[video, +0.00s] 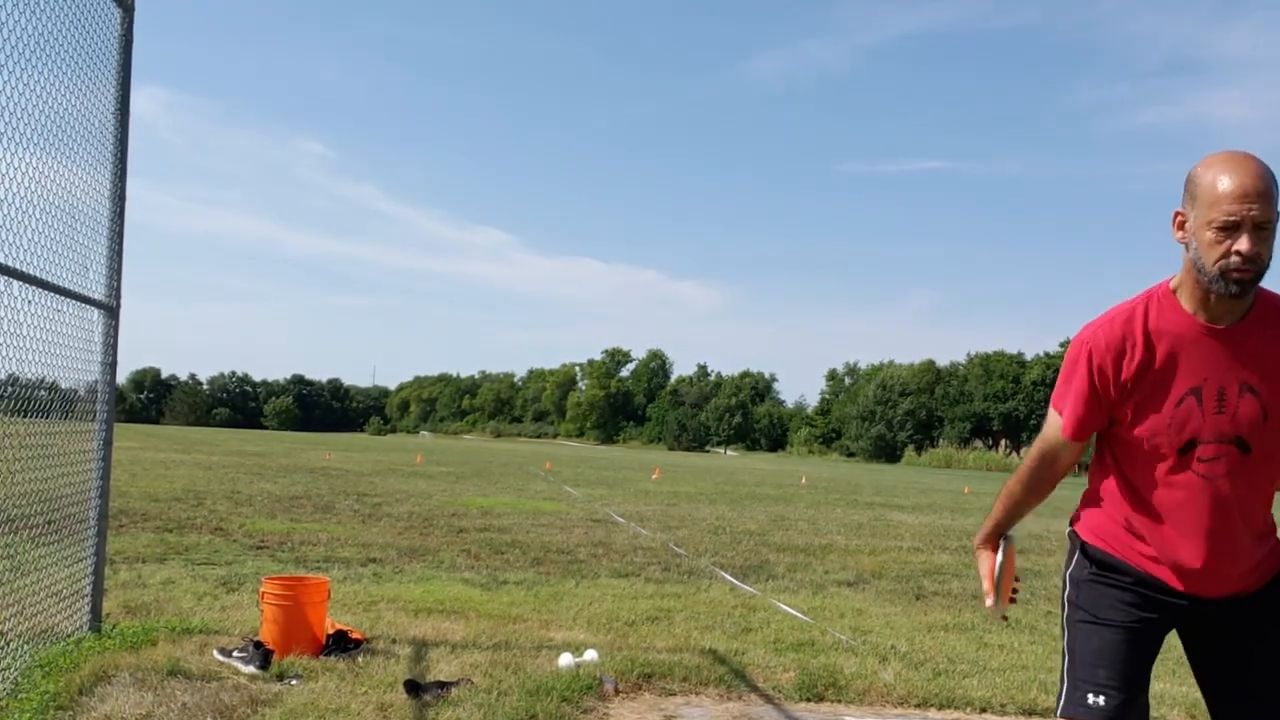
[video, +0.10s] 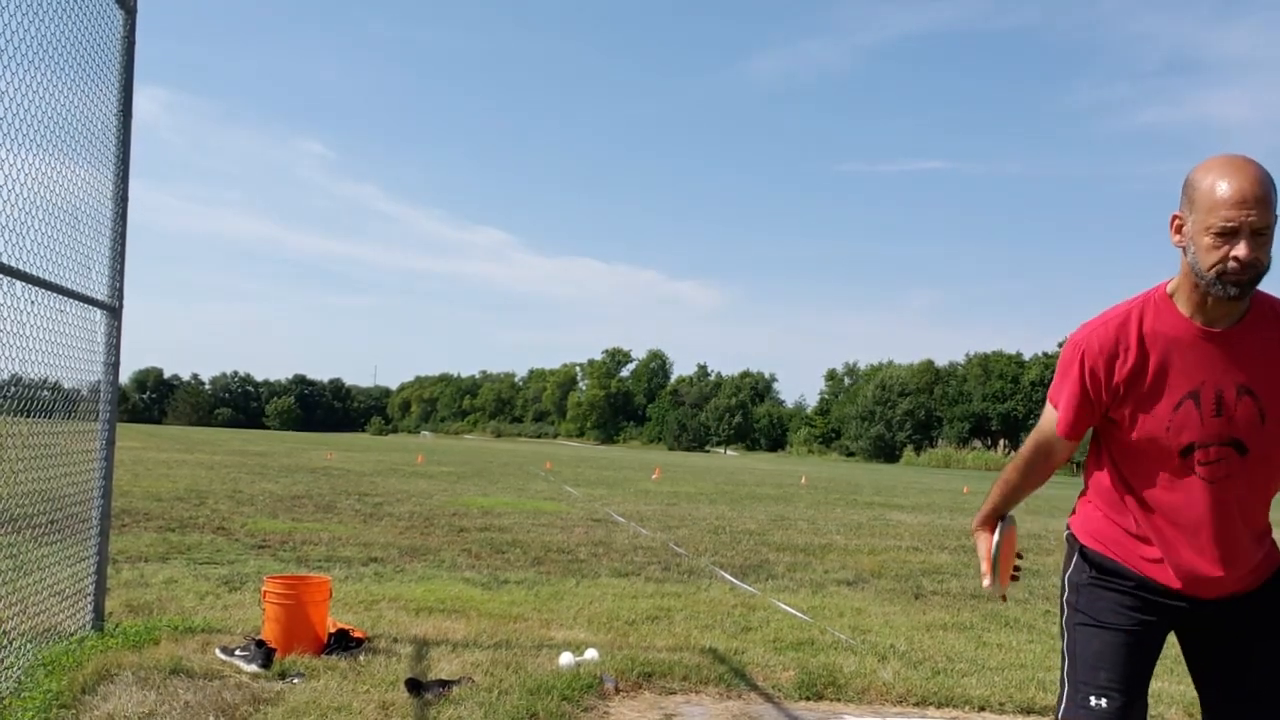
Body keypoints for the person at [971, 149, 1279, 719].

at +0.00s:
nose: (1248, 247)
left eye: (1261, 229)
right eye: (1228, 228)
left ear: (1276, 230)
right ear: (1183, 226)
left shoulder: (1277, 330)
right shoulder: (1115, 339)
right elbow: (1055, 452)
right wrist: (989, 534)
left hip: (1245, 570)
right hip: (1122, 563)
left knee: (1260, 707)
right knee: (1096, 709)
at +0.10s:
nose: (1245, 252)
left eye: (1259, 234)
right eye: (1226, 234)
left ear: (1274, 234)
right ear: (1180, 229)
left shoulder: (1276, 332)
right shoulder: (1109, 342)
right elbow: (1050, 444)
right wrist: (990, 514)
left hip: (1244, 571)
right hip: (1120, 566)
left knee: (1256, 707)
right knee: (1097, 710)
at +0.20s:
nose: (1243, 254)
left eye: (1258, 236)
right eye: (1224, 235)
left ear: (1272, 235)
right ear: (1178, 230)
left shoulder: (1274, 333)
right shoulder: (1106, 344)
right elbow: (1050, 453)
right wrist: (993, 532)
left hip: (1242, 572)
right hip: (1118, 565)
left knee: (1252, 708)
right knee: (1096, 711)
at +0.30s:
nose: (1238, 255)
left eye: (1253, 237)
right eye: (1219, 237)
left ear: (1269, 236)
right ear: (1175, 232)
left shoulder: (1275, 338)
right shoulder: (1105, 346)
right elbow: (1058, 474)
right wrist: (1004, 576)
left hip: (1242, 574)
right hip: (1118, 570)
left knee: (1257, 707)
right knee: (1095, 711)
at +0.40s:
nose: (1229, 254)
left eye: (1246, 236)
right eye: (1211, 235)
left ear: (1261, 233)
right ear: (1169, 229)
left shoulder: (1272, 335)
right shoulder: (1106, 341)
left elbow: (1275, 479)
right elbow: (1067, 487)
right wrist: (1028, 614)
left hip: (1241, 579)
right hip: (1122, 573)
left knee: (1258, 706)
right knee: (1100, 706)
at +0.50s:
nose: (1221, 246)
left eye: (1237, 229)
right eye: (1203, 228)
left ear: (1255, 227)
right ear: (1162, 222)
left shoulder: (1272, 327)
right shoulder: (1102, 335)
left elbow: (1277, 474)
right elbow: (1076, 480)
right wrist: (1058, 606)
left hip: (1240, 570)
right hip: (1125, 566)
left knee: (1268, 702)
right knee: (1096, 707)